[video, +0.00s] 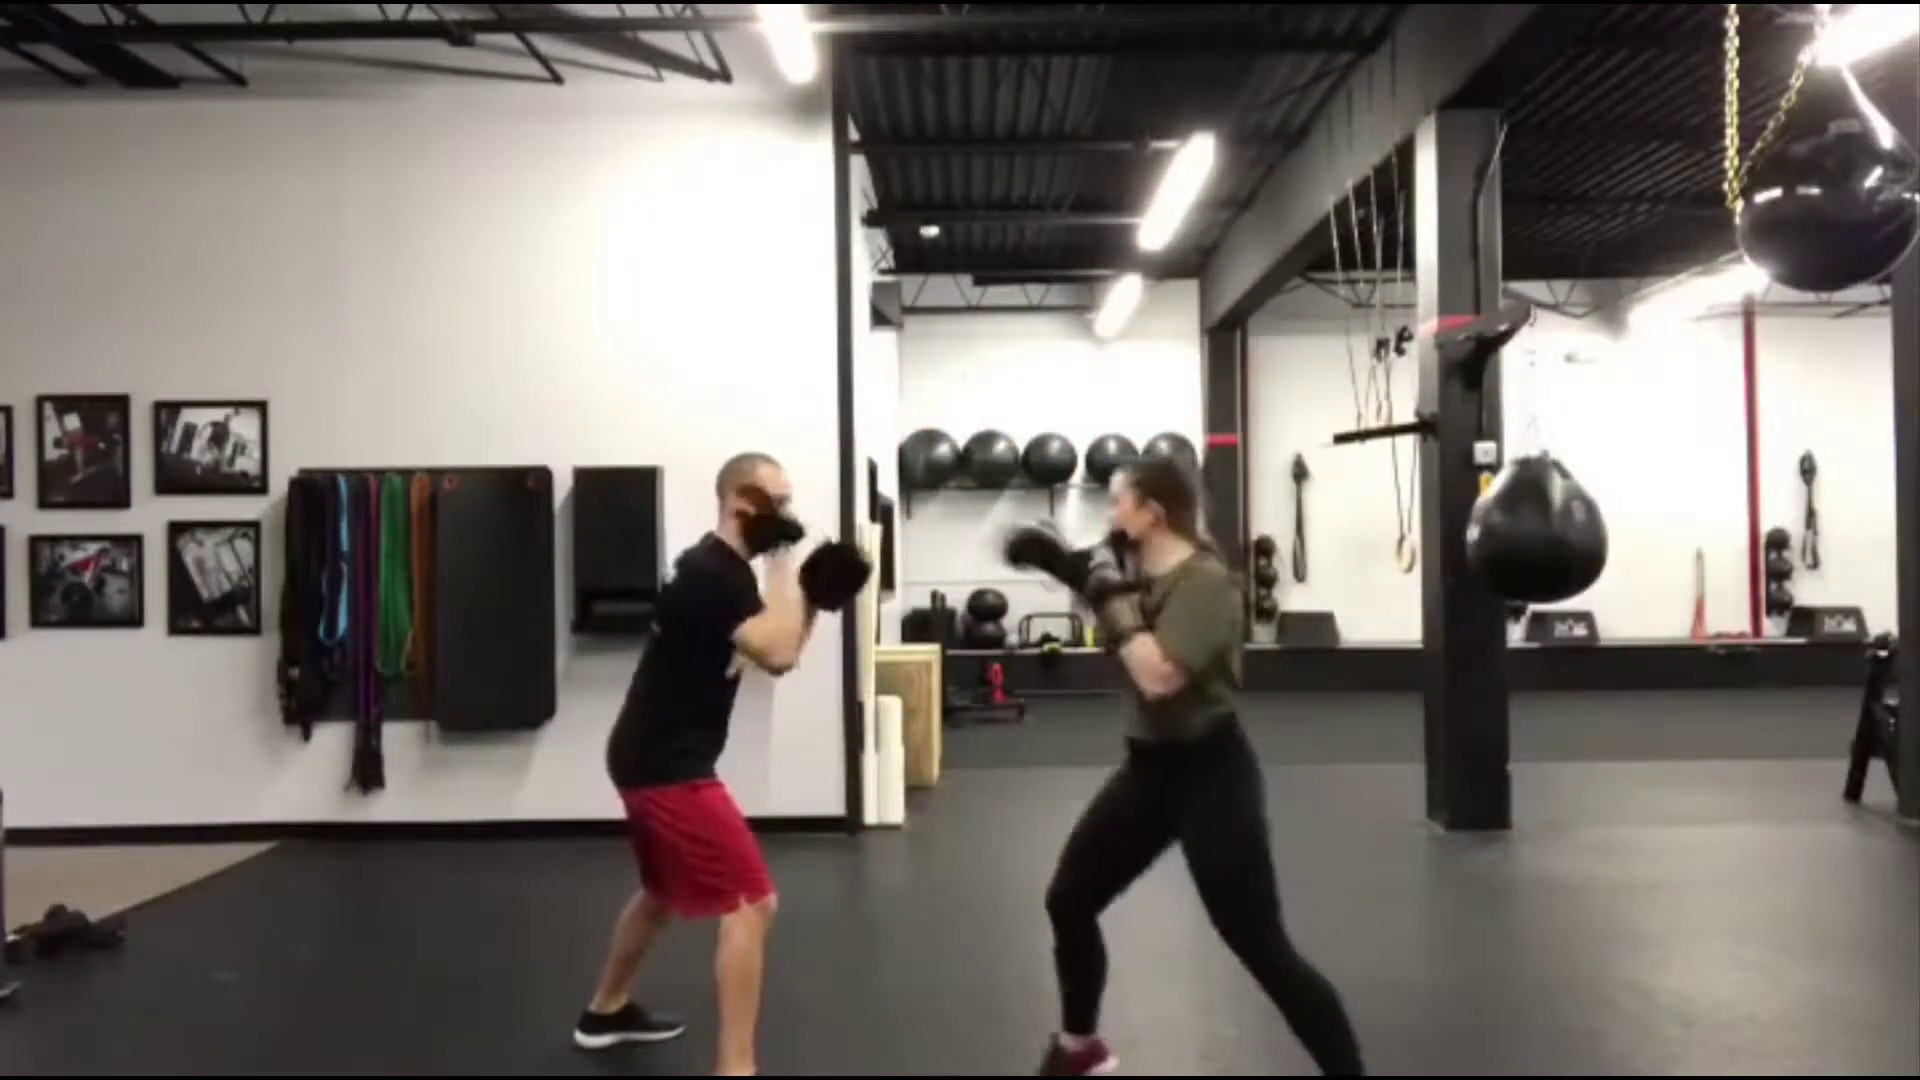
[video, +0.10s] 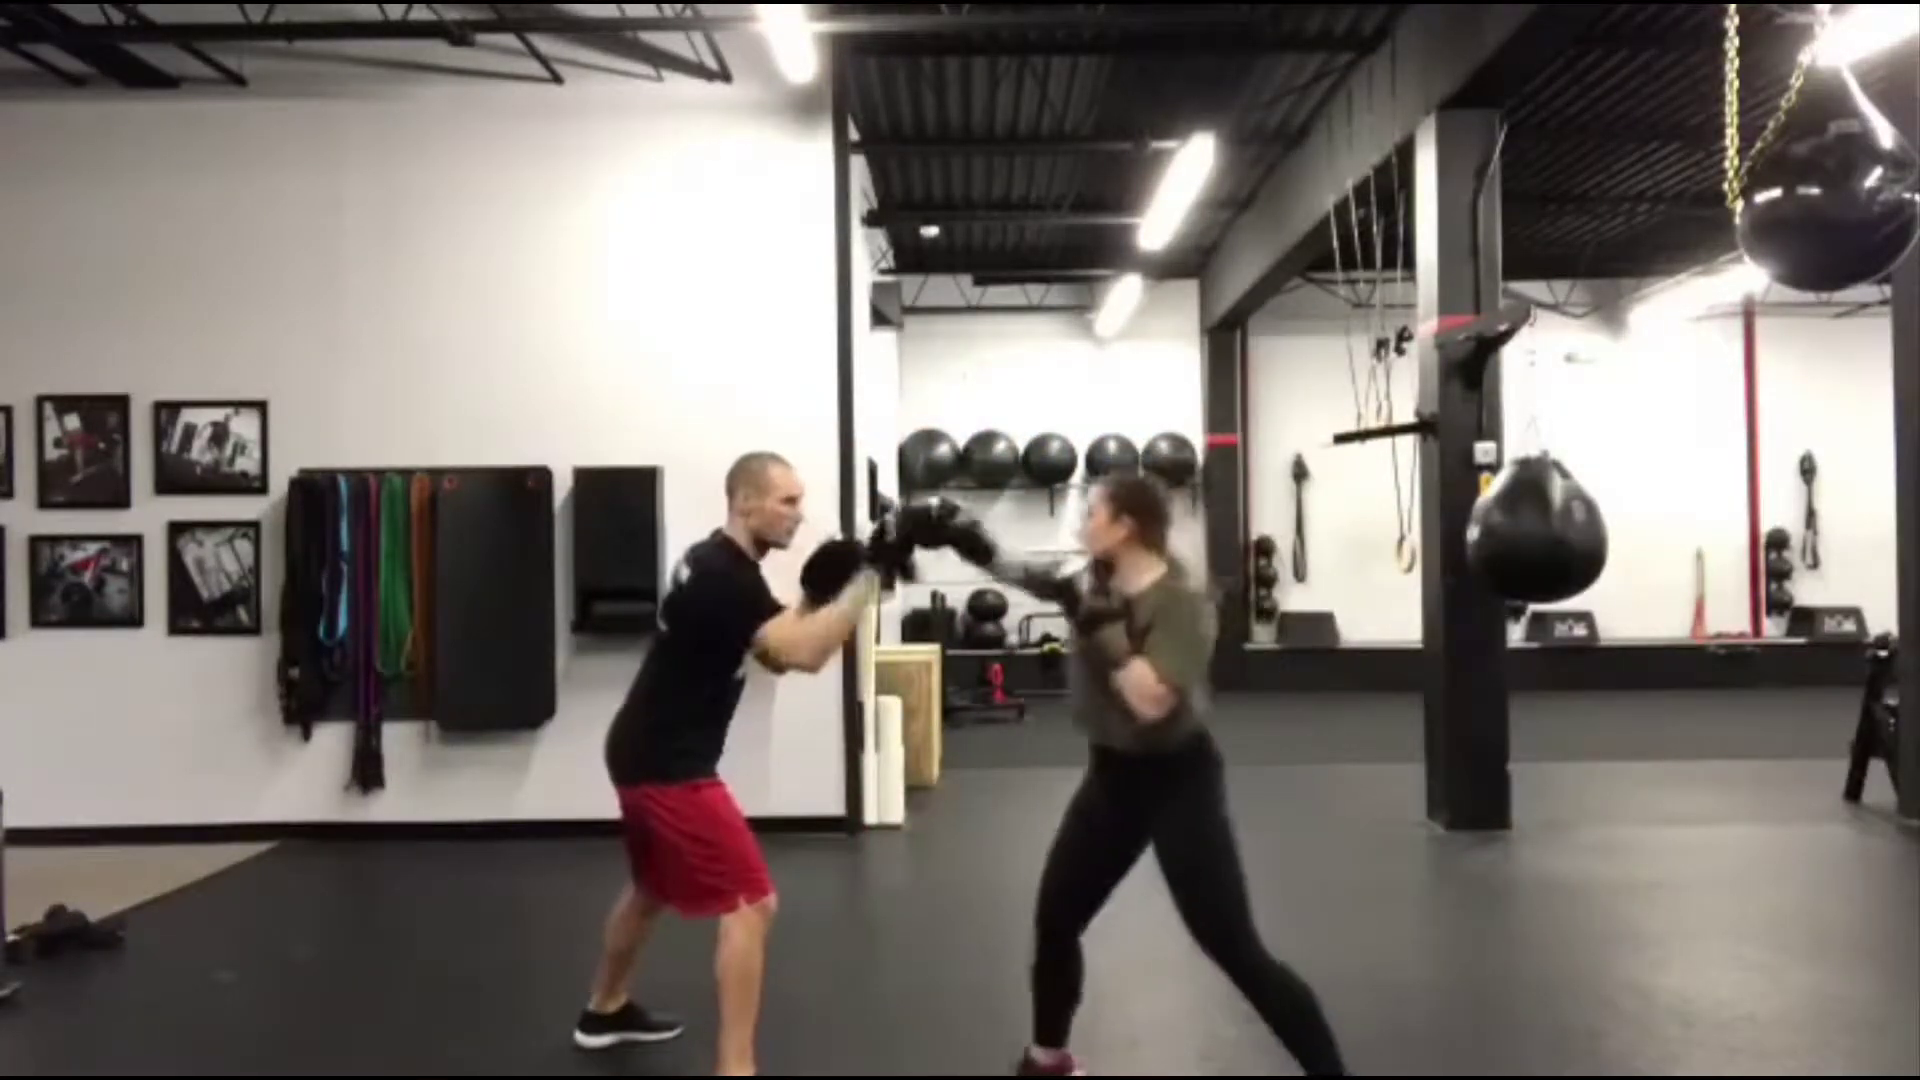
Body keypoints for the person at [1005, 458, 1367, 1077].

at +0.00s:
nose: (1113, 513)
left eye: (1120, 501)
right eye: (1115, 501)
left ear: (1152, 510)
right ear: (1155, 511)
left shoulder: (1207, 582)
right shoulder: (1152, 576)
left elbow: (1158, 676)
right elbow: (1131, 632)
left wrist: (1110, 595)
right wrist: (1075, 575)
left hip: (1213, 774)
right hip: (1154, 771)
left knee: (1257, 940)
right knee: (1071, 900)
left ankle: (1347, 1068)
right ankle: (1078, 1043)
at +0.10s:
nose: (1084, 528)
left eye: (1093, 517)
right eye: (1087, 517)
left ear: (1126, 526)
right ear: (1124, 526)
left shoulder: (1181, 604)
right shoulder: (1099, 585)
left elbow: (1152, 700)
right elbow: (1025, 573)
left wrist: (1096, 621)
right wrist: (962, 536)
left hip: (1181, 778)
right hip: (1117, 776)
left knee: (1231, 943)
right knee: (1056, 918)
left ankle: (1327, 1068)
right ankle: (1048, 1057)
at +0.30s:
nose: (1068, 530)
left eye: (1079, 520)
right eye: (1071, 520)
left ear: (1112, 533)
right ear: (1102, 534)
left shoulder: (1159, 608)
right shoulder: (1085, 599)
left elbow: (1128, 709)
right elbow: (1036, 645)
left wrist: (1080, 634)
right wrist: (1014, 615)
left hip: (1160, 787)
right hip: (1098, 785)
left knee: (1209, 947)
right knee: (1043, 926)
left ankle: (1304, 1068)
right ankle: (1050, 1061)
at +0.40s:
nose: (1080, 510)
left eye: (1091, 500)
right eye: (1083, 498)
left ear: (1128, 510)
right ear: (1121, 510)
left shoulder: (1175, 578)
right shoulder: (1095, 574)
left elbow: (1140, 673)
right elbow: (1088, 664)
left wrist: (1090, 599)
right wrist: (1047, 613)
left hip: (1191, 759)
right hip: (1128, 759)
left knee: (1213, 922)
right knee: (1080, 909)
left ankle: (1312, 1059)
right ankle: (1048, 1050)